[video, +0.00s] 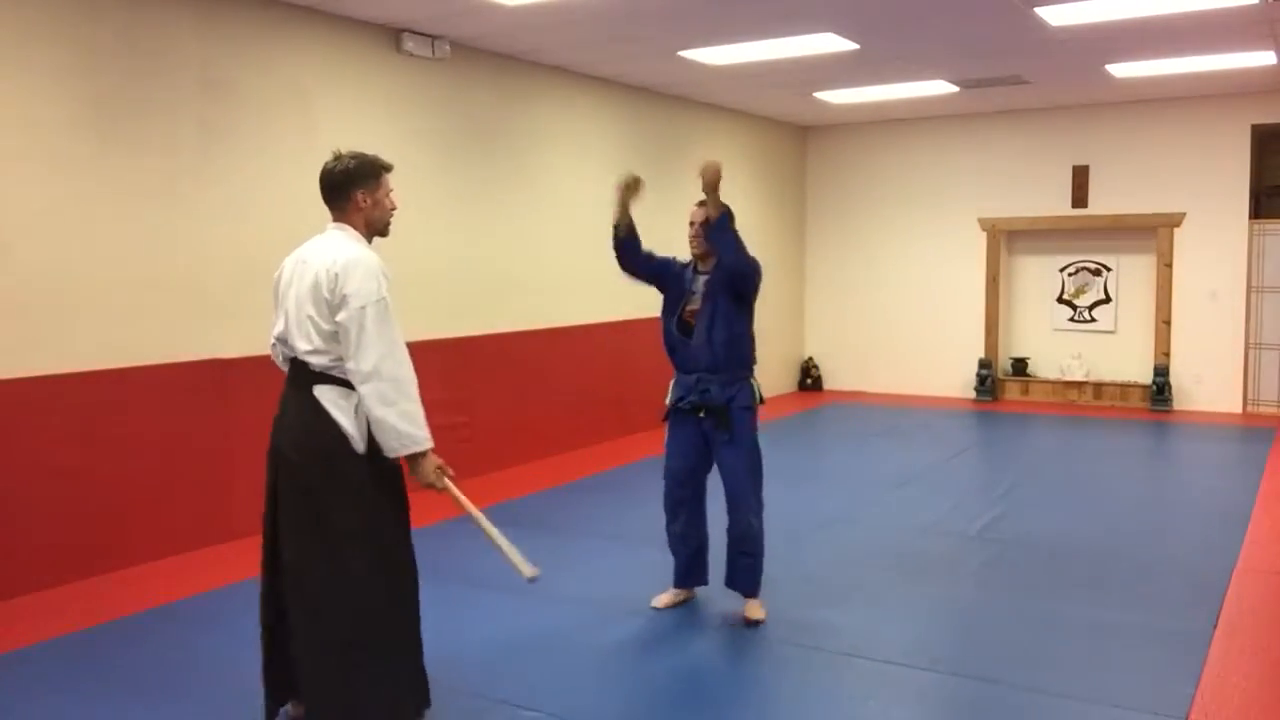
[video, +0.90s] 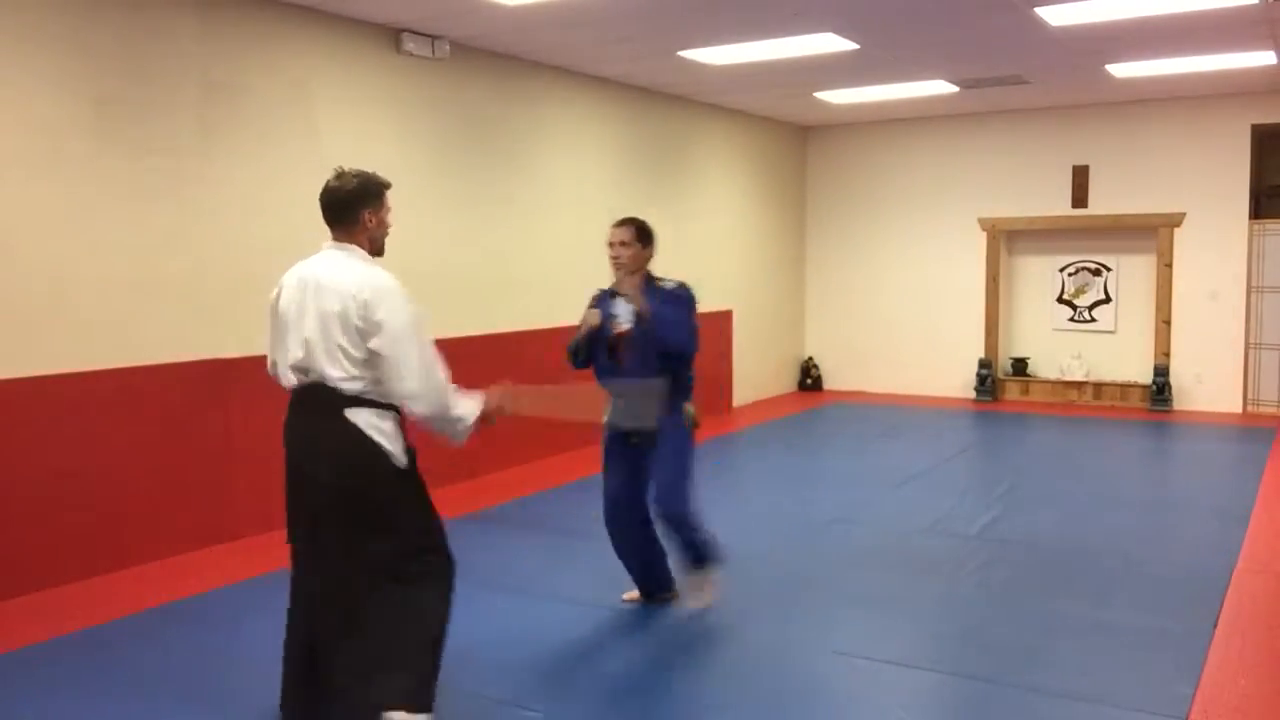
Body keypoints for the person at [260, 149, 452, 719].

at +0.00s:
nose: (393, 203)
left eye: (390, 192)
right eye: (387, 193)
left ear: (342, 201)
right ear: (361, 200)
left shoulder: (299, 259)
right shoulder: (359, 264)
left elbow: (283, 348)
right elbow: (380, 366)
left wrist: (333, 384)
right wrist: (418, 449)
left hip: (294, 425)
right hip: (344, 431)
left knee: (302, 565)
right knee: (371, 568)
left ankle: (299, 695)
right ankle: (379, 700)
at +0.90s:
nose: (389, 223)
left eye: (388, 212)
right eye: (386, 214)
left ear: (333, 220)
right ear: (368, 219)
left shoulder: (294, 280)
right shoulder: (376, 287)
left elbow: (281, 367)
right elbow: (417, 388)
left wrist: (343, 375)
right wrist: (474, 407)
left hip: (304, 430)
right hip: (365, 435)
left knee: (321, 565)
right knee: (424, 561)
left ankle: (313, 703)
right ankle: (401, 701)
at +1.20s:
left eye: (354, 212)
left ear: (349, 218)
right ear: (405, 214)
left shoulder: (328, 289)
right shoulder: (451, 279)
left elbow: (291, 390)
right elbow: (482, 356)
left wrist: (289, 430)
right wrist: (429, 344)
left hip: (364, 444)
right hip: (444, 440)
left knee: (346, 580)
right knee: (449, 586)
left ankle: (323, 696)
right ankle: (456, 706)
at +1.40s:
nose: (357, 217)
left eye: (356, 211)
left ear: (356, 214)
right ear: (413, 213)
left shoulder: (347, 267)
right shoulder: (457, 269)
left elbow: (330, 341)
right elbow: (467, 341)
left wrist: (275, 417)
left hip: (392, 441)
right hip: (470, 433)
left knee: (354, 593)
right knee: (474, 588)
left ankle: (364, 705)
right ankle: (476, 705)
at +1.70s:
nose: (388, 282)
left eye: (388, 274)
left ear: (389, 278)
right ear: (443, 278)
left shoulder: (384, 325)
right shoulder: (477, 330)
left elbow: (328, 405)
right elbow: (505, 412)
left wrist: (274, 471)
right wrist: (417, 476)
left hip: (447, 480)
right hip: (517, 474)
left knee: (379, 619)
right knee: (501, 617)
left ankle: (367, 705)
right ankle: (505, 706)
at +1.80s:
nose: (409, 276)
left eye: (409, 269)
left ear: (410, 272)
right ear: (463, 270)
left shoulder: (401, 329)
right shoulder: (504, 326)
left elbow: (352, 421)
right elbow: (539, 406)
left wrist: (323, 490)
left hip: (470, 482)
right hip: (537, 471)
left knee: (395, 623)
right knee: (534, 612)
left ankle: (375, 708)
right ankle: (580, 708)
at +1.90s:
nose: (435, 260)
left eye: (433, 252)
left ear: (435, 254)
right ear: (487, 250)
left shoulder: (427, 316)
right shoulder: (535, 308)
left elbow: (395, 419)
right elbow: (569, 396)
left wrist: (377, 489)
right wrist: (610, 441)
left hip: (497, 473)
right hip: (565, 462)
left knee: (433, 613)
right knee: (568, 607)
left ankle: (403, 708)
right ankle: (577, 709)